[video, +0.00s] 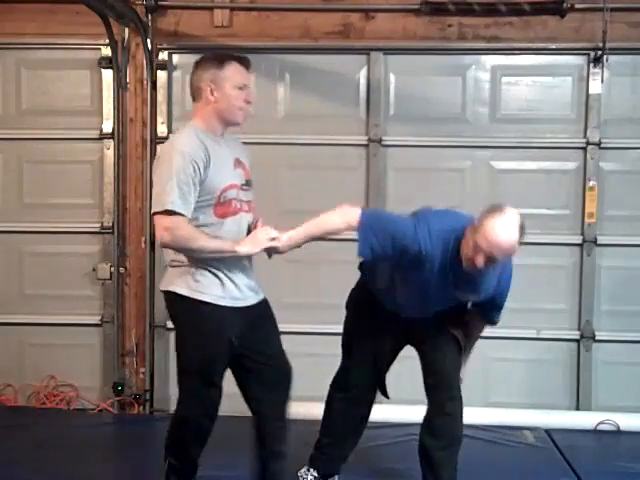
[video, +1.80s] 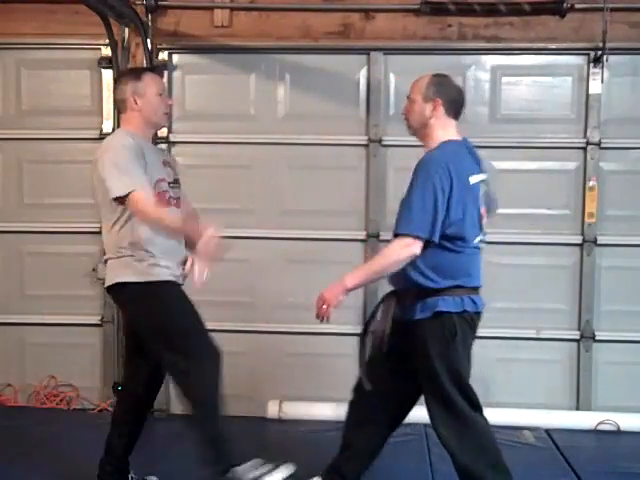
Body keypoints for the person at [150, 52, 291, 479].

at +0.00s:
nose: (250, 99)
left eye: (250, 90)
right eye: (241, 89)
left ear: (218, 93)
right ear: (209, 91)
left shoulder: (232, 144)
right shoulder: (184, 146)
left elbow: (236, 215)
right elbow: (167, 230)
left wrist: (263, 234)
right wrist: (238, 246)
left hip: (242, 291)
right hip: (199, 293)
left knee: (273, 382)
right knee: (199, 404)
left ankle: (274, 474)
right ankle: (178, 474)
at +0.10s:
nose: (243, 97)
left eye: (243, 88)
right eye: (234, 87)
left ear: (212, 91)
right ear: (204, 90)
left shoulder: (224, 144)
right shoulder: (178, 147)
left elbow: (228, 216)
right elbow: (169, 232)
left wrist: (256, 246)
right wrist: (236, 254)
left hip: (231, 288)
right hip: (191, 290)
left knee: (256, 376)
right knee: (195, 398)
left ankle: (228, 469)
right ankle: (177, 473)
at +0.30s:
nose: (234, 96)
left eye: (233, 87)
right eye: (226, 87)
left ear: (203, 91)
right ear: (197, 90)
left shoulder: (210, 143)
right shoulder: (172, 148)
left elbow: (213, 220)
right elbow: (167, 231)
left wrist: (246, 255)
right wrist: (235, 261)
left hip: (210, 282)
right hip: (180, 284)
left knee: (215, 372)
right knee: (195, 378)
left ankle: (165, 461)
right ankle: (179, 469)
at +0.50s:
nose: (227, 104)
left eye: (226, 95)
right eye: (221, 95)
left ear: (193, 98)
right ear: (193, 96)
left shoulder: (192, 147)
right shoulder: (173, 147)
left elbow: (200, 216)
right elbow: (167, 228)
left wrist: (242, 217)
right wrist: (220, 278)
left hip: (183, 281)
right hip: (172, 282)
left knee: (171, 375)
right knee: (193, 380)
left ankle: (141, 463)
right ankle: (181, 472)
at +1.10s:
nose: (199, 102)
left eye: (198, 94)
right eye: (192, 94)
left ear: (171, 98)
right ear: (166, 97)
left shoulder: (176, 151)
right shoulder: (139, 146)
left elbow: (188, 223)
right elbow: (139, 224)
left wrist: (216, 268)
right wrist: (173, 283)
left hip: (167, 283)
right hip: (140, 281)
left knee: (160, 375)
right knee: (141, 377)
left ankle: (143, 459)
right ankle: (125, 467)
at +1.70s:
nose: (169, 101)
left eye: (167, 94)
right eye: (161, 94)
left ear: (139, 100)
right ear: (133, 100)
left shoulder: (152, 151)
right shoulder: (119, 147)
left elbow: (173, 213)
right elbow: (123, 222)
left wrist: (188, 263)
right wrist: (164, 269)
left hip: (154, 282)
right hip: (134, 281)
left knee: (136, 382)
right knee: (183, 371)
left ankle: (112, 471)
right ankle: (145, 465)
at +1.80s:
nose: (170, 102)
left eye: (167, 95)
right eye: (162, 95)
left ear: (142, 102)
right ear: (134, 102)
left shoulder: (158, 152)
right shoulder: (119, 146)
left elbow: (174, 210)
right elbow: (143, 208)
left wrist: (196, 245)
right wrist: (193, 231)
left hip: (160, 276)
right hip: (137, 276)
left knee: (141, 382)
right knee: (200, 358)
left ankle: (113, 471)